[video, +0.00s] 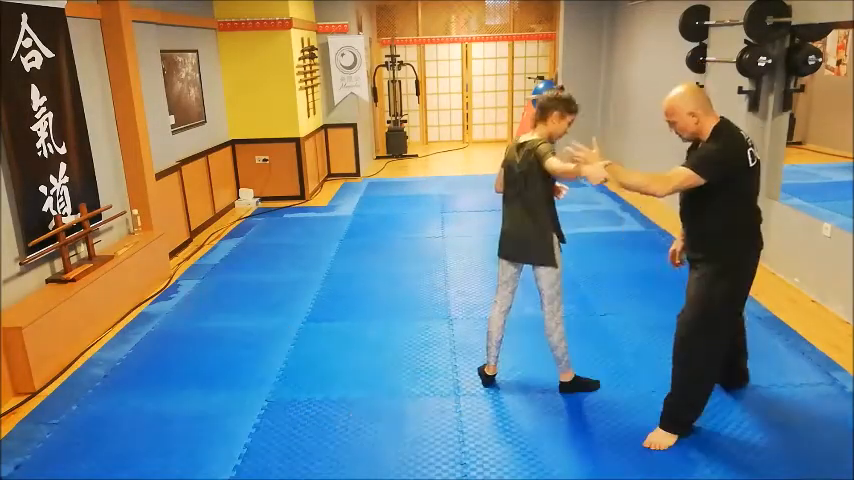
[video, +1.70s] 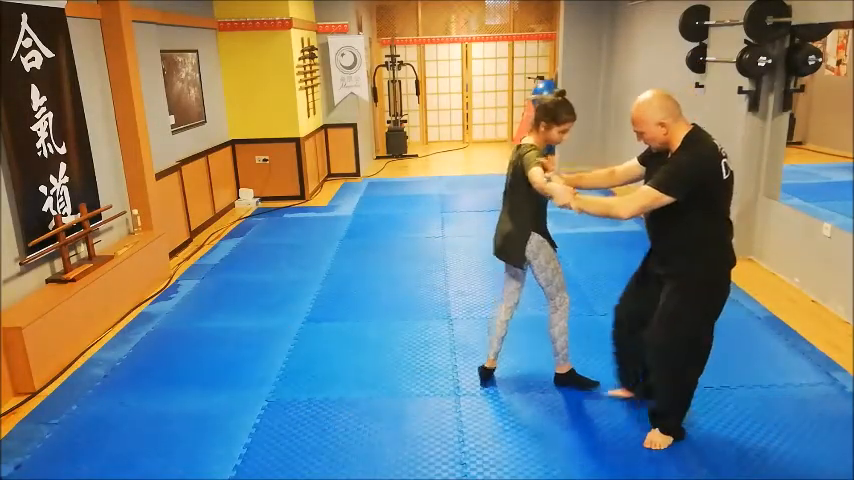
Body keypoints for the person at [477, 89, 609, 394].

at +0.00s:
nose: (567, 130)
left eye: (569, 125)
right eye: (567, 123)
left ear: (545, 117)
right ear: (552, 117)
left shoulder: (515, 146)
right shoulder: (541, 147)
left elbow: (500, 186)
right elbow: (557, 168)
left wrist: (544, 188)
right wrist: (585, 169)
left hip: (511, 235)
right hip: (542, 236)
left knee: (501, 301)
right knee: (552, 307)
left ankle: (489, 368)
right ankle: (566, 376)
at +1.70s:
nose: (565, 137)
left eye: (567, 131)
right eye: (563, 131)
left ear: (543, 124)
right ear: (544, 125)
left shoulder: (524, 147)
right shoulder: (532, 153)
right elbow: (538, 182)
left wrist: (553, 172)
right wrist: (558, 191)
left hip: (510, 232)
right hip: (531, 236)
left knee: (508, 301)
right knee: (558, 299)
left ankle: (489, 365)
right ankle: (563, 369)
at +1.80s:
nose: (566, 139)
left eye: (569, 133)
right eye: (562, 134)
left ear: (545, 127)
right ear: (543, 128)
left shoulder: (542, 150)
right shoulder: (534, 159)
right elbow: (545, 193)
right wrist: (572, 193)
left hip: (526, 233)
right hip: (533, 238)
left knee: (535, 294)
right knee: (559, 301)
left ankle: (497, 350)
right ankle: (563, 371)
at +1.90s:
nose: (565, 141)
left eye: (569, 134)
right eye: (559, 136)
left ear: (574, 126)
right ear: (541, 129)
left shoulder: (558, 149)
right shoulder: (532, 161)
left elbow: (564, 184)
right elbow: (541, 197)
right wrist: (569, 205)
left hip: (552, 226)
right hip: (535, 231)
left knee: (565, 291)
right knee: (554, 300)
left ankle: (514, 335)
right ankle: (561, 370)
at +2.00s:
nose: (558, 143)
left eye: (562, 136)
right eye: (551, 138)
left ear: (568, 128)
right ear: (537, 132)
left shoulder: (569, 147)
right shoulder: (529, 159)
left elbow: (571, 178)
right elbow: (530, 194)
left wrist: (583, 194)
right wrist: (555, 212)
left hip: (563, 224)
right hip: (534, 230)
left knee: (579, 293)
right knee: (549, 302)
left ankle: (544, 332)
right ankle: (559, 369)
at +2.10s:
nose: (547, 149)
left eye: (552, 142)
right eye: (540, 144)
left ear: (561, 133)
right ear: (529, 139)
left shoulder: (571, 151)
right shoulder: (524, 165)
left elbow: (582, 184)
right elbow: (518, 201)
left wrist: (587, 214)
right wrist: (538, 218)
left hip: (574, 230)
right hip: (538, 235)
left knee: (583, 299)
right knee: (545, 305)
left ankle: (577, 345)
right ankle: (555, 366)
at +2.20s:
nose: (531, 160)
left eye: (537, 154)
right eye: (525, 155)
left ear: (550, 145)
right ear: (518, 148)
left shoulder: (568, 161)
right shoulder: (519, 173)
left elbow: (586, 197)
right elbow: (501, 203)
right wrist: (502, 211)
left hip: (574, 231)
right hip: (537, 237)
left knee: (587, 298)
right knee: (541, 306)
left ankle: (603, 353)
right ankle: (553, 371)